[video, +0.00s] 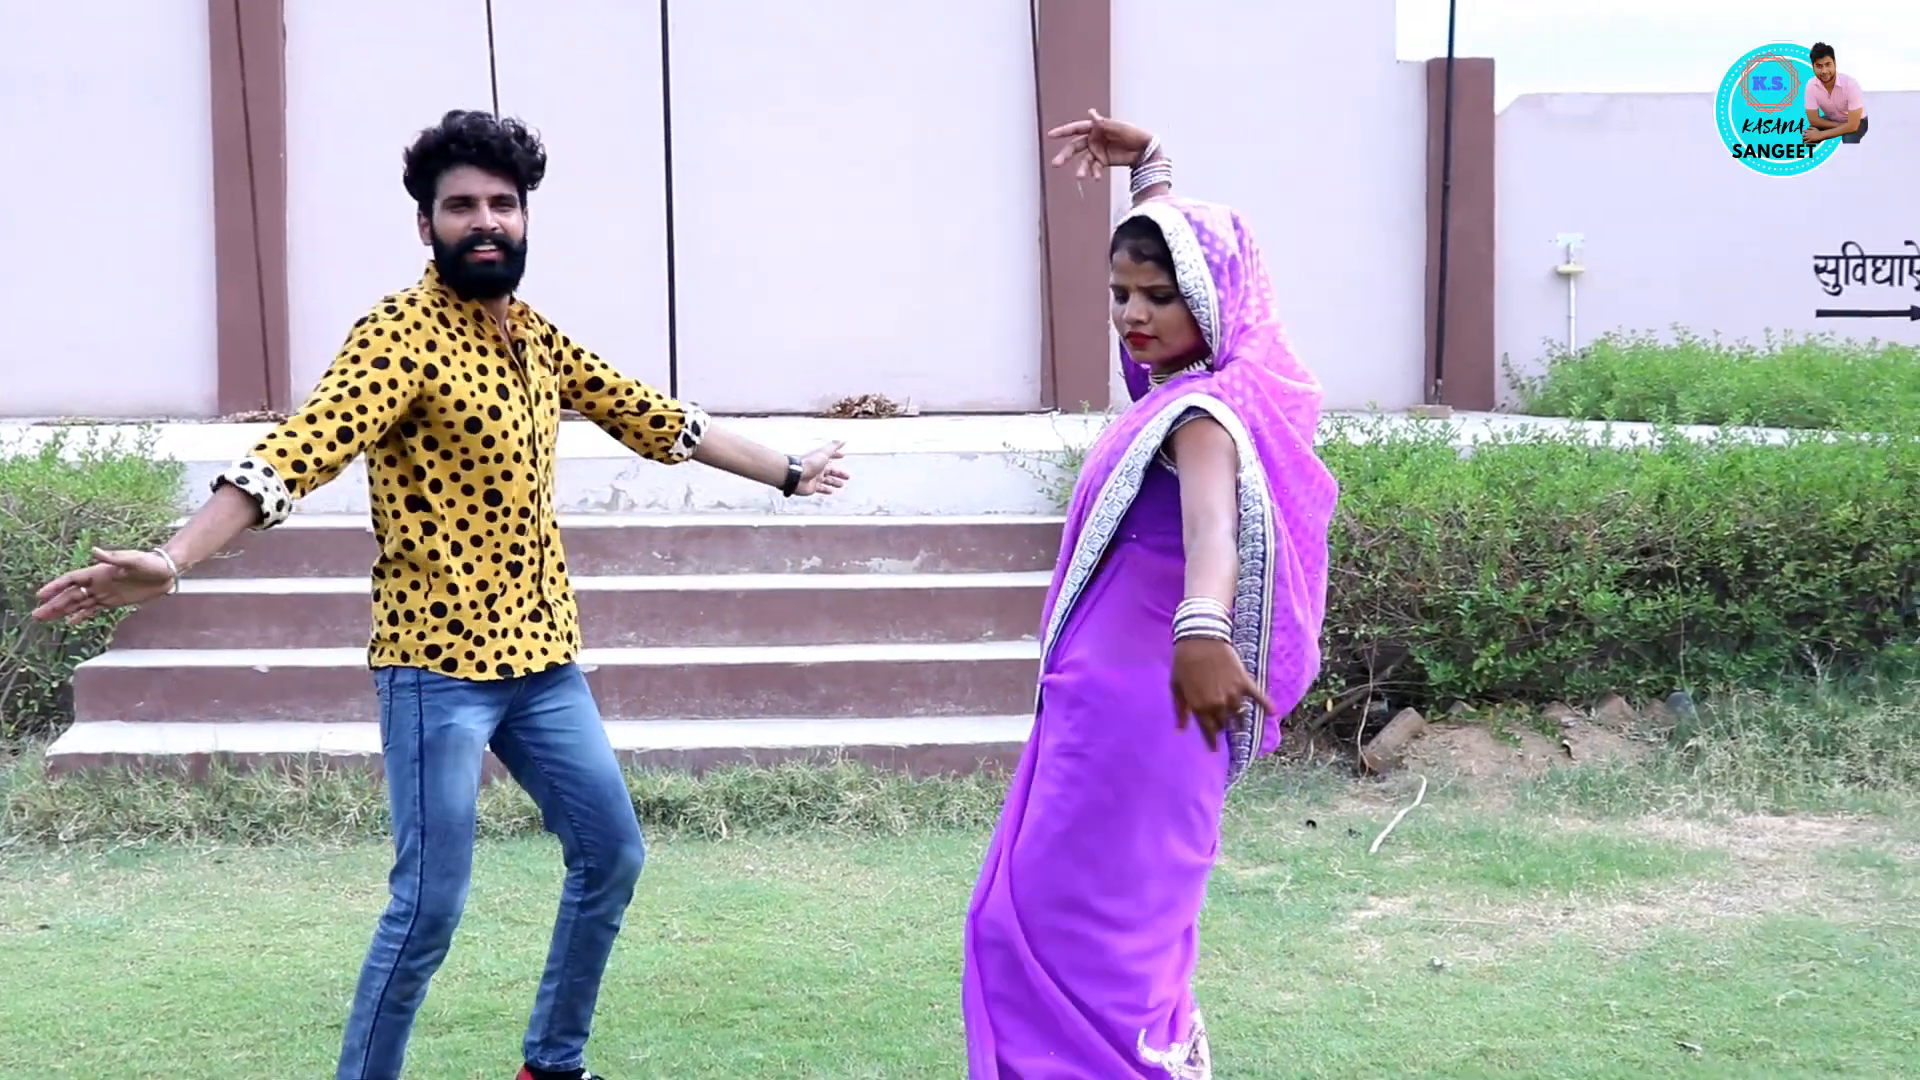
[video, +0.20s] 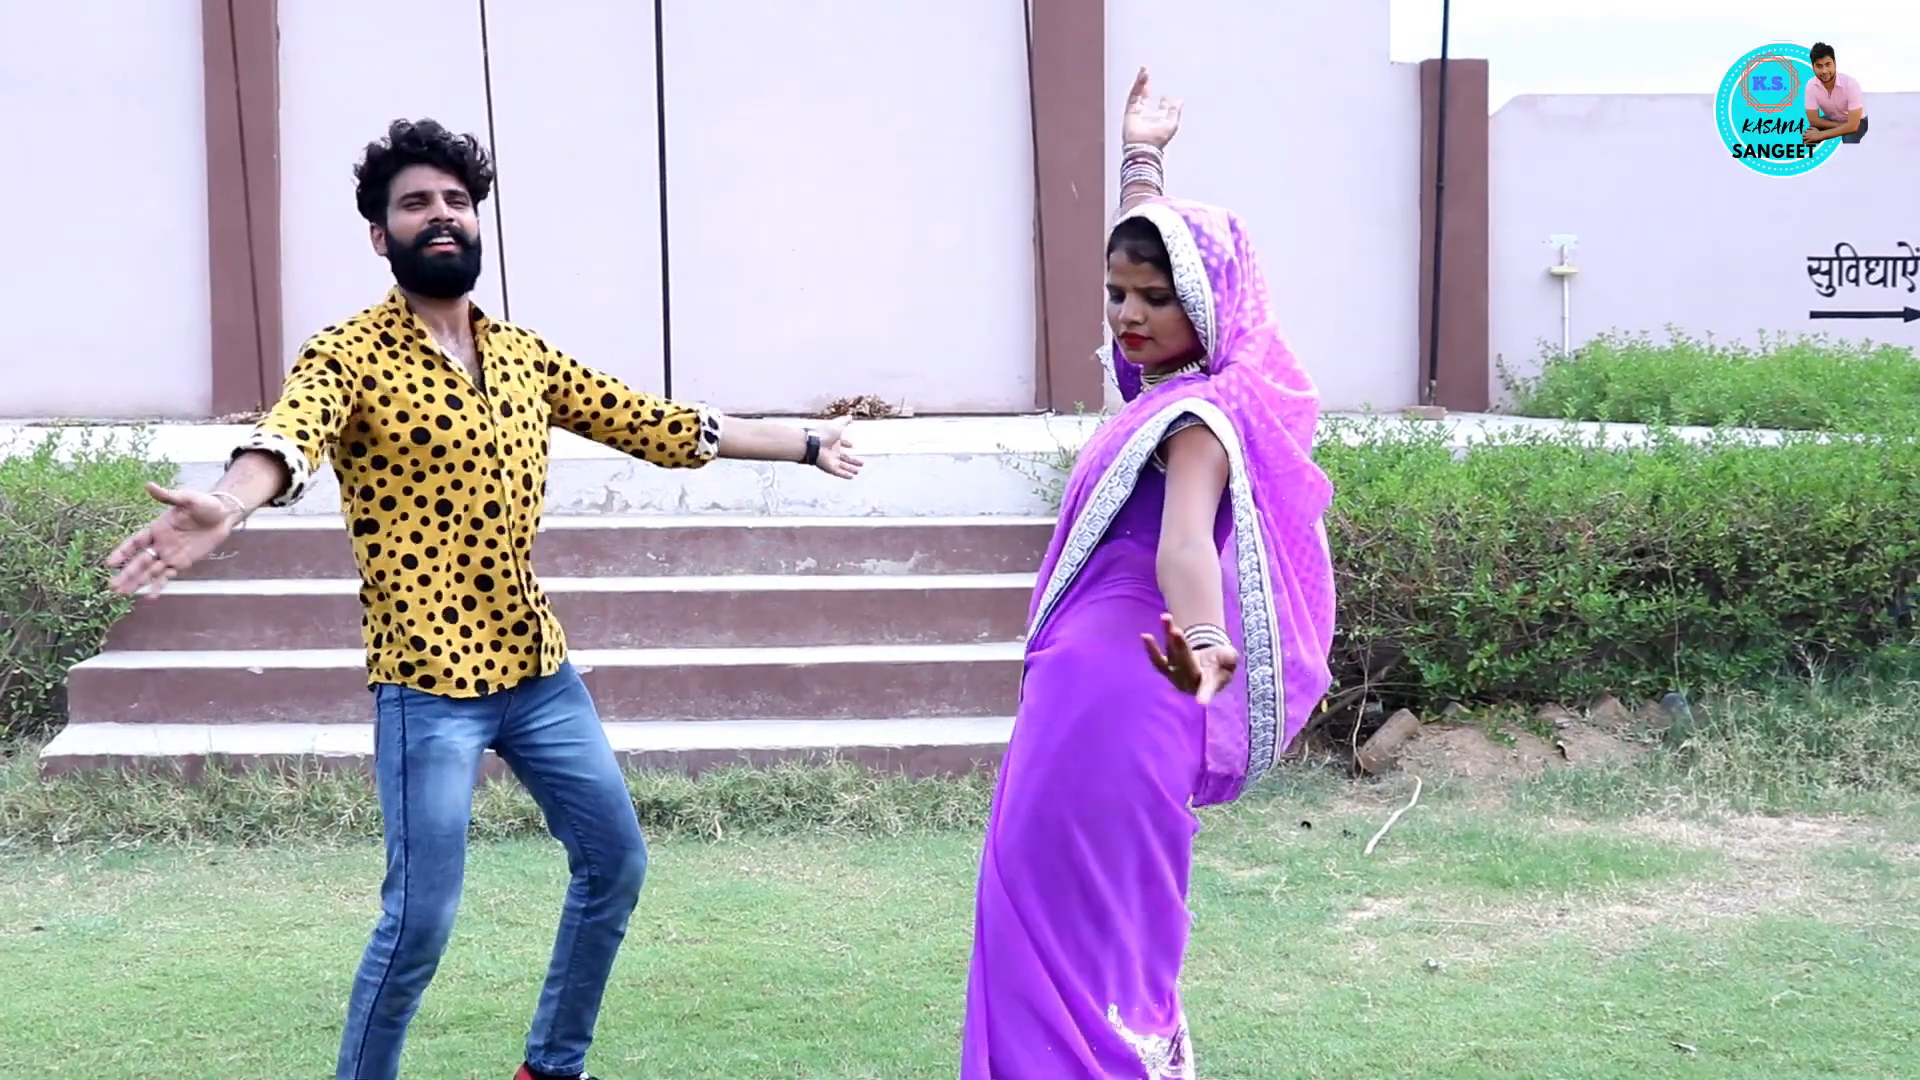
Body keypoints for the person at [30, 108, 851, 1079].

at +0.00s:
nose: (486, 223)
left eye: (503, 205)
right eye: (463, 206)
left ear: (527, 218)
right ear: (426, 222)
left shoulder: (538, 343)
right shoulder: (397, 336)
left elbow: (658, 419)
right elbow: (290, 455)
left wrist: (787, 468)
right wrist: (176, 558)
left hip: (540, 661)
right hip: (434, 665)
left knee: (614, 854)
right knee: (428, 907)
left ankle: (552, 1061)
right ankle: (363, 1070)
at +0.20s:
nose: (443, 217)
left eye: (458, 201)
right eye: (417, 204)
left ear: (481, 222)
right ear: (378, 231)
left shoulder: (523, 355)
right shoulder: (350, 355)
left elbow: (659, 424)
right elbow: (281, 442)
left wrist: (803, 441)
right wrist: (226, 505)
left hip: (533, 667)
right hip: (426, 677)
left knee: (615, 861)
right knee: (420, 920)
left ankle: (554, 1066)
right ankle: (360, 1076)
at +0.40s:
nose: (428, 194)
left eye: (439, 175)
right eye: (399, 184)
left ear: (464, 193)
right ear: (363, 217)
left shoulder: (498, 328)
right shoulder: (357, 325)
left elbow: (638, 364)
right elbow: (267, 400)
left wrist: (789, 370)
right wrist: (166, 458)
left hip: (520, 651)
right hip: (418, 659)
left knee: (584, 853)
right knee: (405, 897)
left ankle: (549, 1063)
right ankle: (351, 1069)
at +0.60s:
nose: (391, 210)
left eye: (404, 194)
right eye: (363, 201)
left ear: (433, 216)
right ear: (333, 240)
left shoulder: (490, 345)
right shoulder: (326, 350)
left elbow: (634, 374)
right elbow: (278, 409)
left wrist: (795, 374)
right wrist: (235, 446)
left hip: (520, 666)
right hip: (408, 674)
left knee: (604, 858)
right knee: (408, 923)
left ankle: (553, 1067)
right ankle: (357, 1074)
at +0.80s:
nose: (387, 193)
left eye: (397, 173)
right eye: (357, 189)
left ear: (427, 193)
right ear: (330, 227)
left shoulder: (472, 326)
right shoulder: (341, 325)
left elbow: (614, 339)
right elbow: (267, 397)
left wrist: (761, 318)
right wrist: (176, 455)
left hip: (509, 650)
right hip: (412, 661)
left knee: (582, 850)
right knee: (397, 903)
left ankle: (550, 1062)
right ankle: (349, 1072)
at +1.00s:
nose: (369, 212)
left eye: (380, 193)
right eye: (340, 203)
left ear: (405, 208)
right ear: (305, 238)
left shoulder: (469, 338)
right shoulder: (312, 357)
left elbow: (612, 349)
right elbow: (267, 423)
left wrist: (770, 308)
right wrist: (225, 460)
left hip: (516, 666)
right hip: (411, 679)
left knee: (588, 862)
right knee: (417, 926)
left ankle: (548, 1068)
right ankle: (360, 1072)